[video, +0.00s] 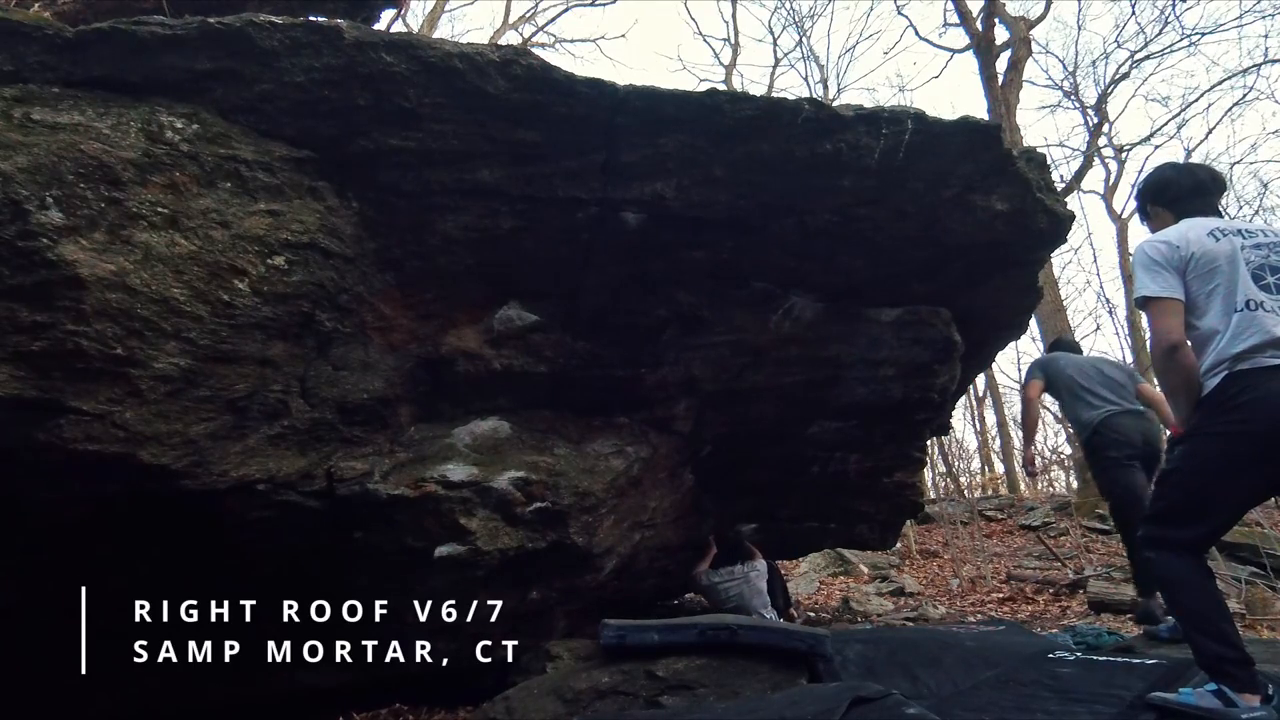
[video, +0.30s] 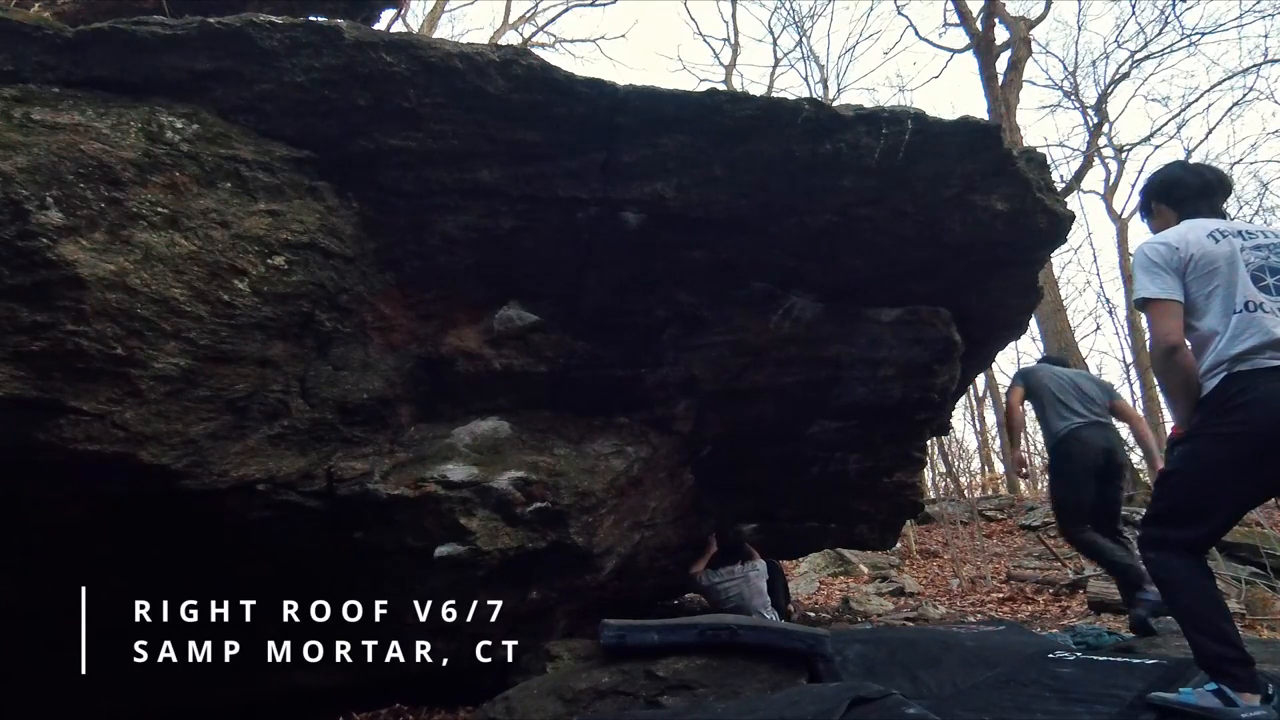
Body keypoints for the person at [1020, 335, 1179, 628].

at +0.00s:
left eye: (1046, 354)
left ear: (1051, 354)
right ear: (1078, 352)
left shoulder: (1046, 362)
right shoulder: (1112, 364)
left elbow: (1030, 398)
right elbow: (1153, 395)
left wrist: (1028, 448)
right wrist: (1176, 428)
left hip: (1108, 435)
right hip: (1148, 430)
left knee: (1137, 518)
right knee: (1135, 514)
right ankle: (1149, 597)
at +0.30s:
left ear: (1041, 365)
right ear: (1070, 366)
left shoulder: (1029, 373)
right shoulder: (1092, 380)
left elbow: (1013, 404)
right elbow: (1136, 419)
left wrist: (1016, 450)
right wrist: (1156, 462)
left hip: (1073, 449)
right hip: (1113, 447)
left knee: (1074, 529)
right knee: (1110, 528)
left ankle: (1143, 584)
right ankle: (1136, 607)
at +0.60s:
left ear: (1014, 384)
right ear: (1042, 384)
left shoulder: (1000, 395)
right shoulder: (1067, 395)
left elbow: (981, 423)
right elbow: (1100, 434)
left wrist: (987, 467)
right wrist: (1111, 479)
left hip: (1036, 472)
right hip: (1076, 465)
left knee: (1028, 545)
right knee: (1093, 540)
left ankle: (1025, 622)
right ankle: (1134, 607)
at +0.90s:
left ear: (996, 406)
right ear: (1023, 407)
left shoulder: (979, 415)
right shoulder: (1040, 417)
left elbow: (952, 448)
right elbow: (1068, 457)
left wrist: (955, 488)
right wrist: (1085, 496)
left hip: (997, 488)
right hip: (1037, 484)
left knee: (1006, 561)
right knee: (1065, 552)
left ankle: (1025, 629)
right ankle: (1088, 622)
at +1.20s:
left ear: (999, 424)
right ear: (1024, 427)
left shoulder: (984, 430)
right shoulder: (1042, 440)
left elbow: (956, 450)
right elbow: (1077, 482)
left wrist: (949, 487)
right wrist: (1075, 525)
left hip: (991, 490)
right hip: (1031, 491)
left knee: (968, 546)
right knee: (1062, 556)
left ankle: (986, 609)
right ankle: (1089, 627)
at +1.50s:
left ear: (960, 462)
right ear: (995, 462)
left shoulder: (947, 466)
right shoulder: (1006, 468)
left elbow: (918, 495)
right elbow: (1046, 498)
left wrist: (906, 539)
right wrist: (1075, 534)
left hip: (956, 505)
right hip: (995, 502)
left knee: (932, 562)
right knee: (1044, 561)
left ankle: (924, 618)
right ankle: (1087, 627)